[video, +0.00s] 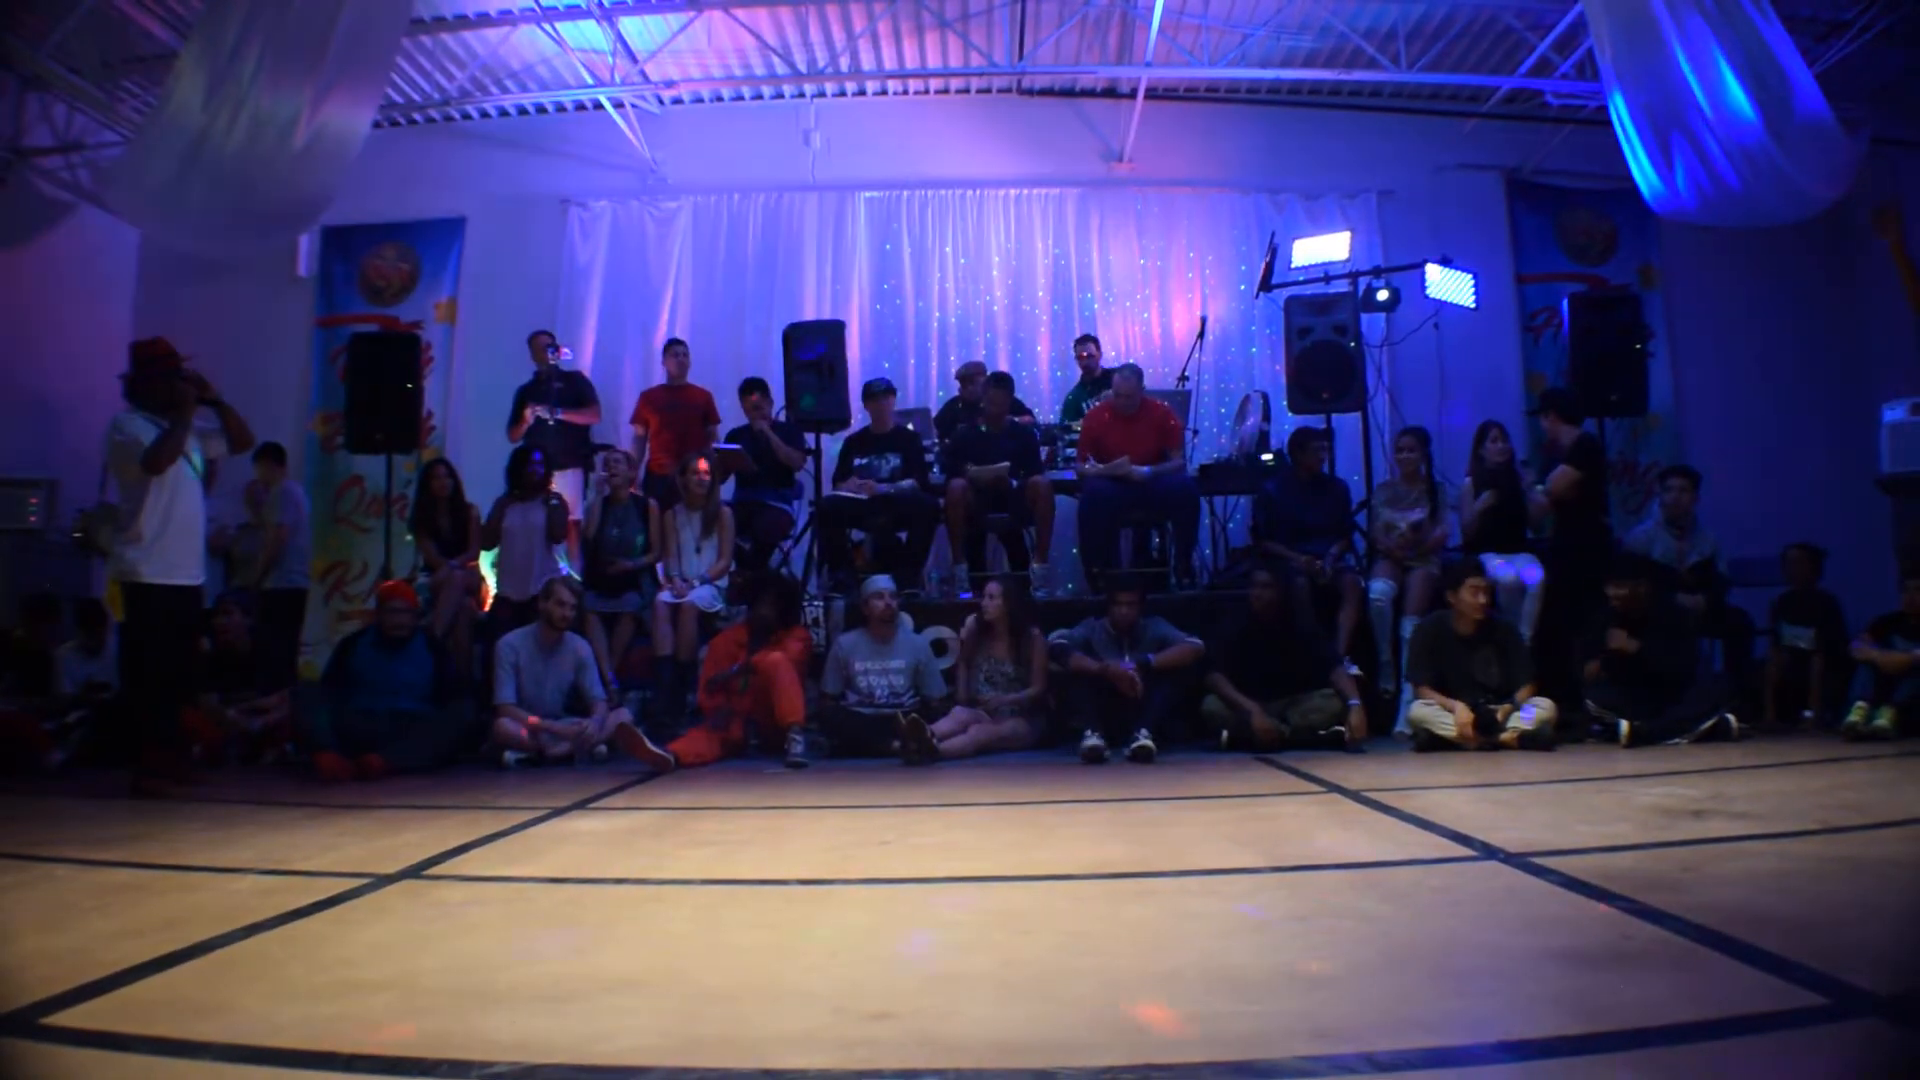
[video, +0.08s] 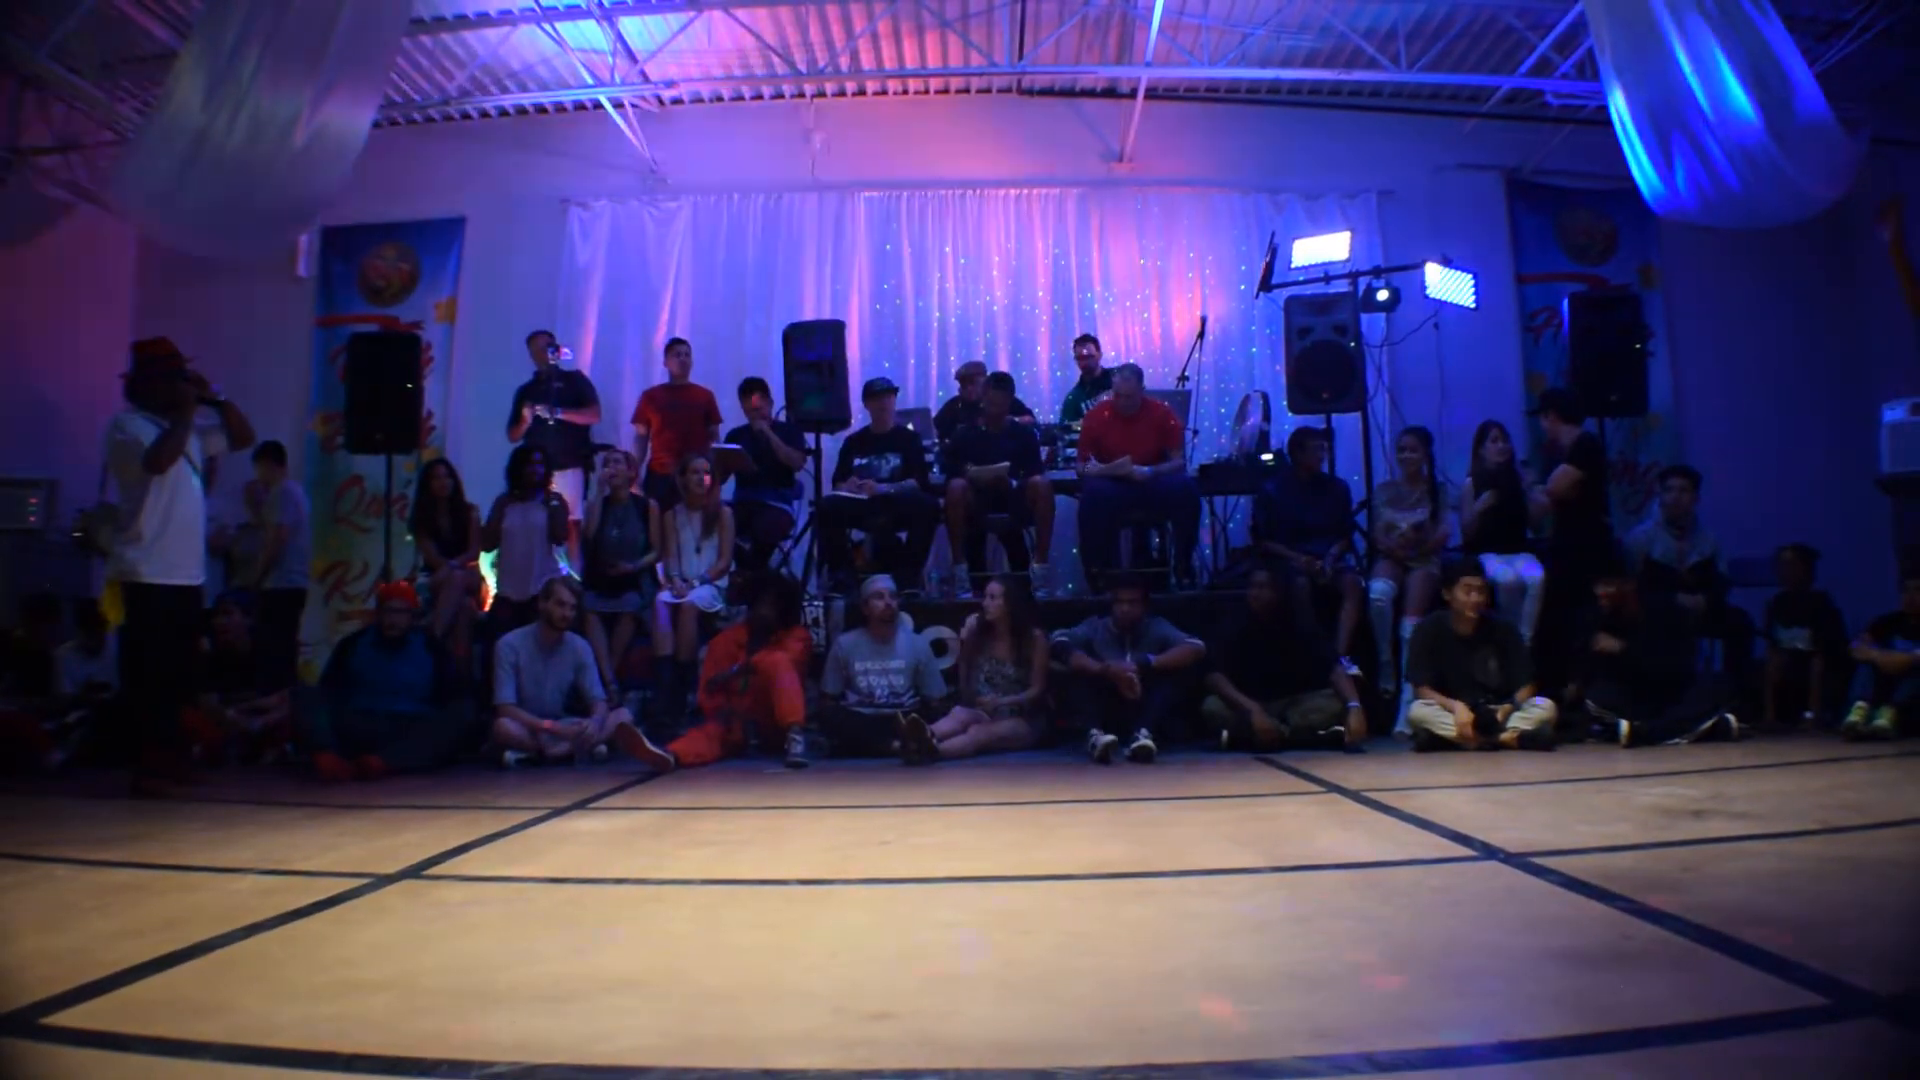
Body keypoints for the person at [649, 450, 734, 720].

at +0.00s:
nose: (702, 479)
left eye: (707, 474)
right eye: (696, 474)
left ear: (713, 480)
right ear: (683, 479)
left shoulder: (722, 514)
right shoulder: (672, 516)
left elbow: (725, 560)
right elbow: (669, 557)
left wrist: (698, 582)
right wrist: (674, 580)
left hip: (710, 581)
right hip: (678, 581)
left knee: (689, 605)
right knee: (661, 603)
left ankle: (683, 679)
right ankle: (664, 677)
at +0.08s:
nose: (702, 479)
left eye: (706, 474)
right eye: (695, 474)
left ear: (712, 480)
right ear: (683, 479)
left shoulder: (722, 514)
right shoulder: (672, 516)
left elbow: (725, 561)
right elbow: (668, 558)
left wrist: (698, 582)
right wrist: (674, 581)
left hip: (711, 581)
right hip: (679, 581)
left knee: (689, 605)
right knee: (661, 603)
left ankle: (684, 678)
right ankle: (664, 676)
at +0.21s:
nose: (702, 479)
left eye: (706, 473)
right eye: (695, 473)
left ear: (712, 479)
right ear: (683, 479)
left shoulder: (721, 514)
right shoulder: (671, 516)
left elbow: (724, 561)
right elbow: (668, 556)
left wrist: (698, 581)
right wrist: (674, 579)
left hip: (709, 581)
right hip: (678, 581)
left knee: (689, 606)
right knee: (661, 604)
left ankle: (683, 679)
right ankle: (663, 678)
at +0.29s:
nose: (701, 479)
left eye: (706, 474)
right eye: (694, 473)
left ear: (712, 479)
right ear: (682, 479)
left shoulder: (721, 514)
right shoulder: (672, 517)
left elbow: (724, 561)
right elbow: (668, 557)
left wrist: (697, 582)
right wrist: (673, 580)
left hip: (709, 581)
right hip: (678, 581)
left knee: (688, 607)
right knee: (660, 605)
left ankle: (683, 678)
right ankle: (662, 677)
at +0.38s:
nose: (700, 479)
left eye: (705, 473)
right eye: (694, 473)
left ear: (712, 479)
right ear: (683, 479)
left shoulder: (721, 513)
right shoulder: (671, 516)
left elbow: (724, 561)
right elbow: (669, 556)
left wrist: (697, 582)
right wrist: (673, 579)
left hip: (709, 581)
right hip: (678, 581)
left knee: (688, 607)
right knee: (660, 605)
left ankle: (682, 679)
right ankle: (663, 678)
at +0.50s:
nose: (700, 478)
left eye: (705, 473)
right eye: (694, 473)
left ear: (711, 479)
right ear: (682, 478)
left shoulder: (720, 513)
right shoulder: (671, 516)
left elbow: (723, 560)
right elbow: (668, 556)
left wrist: (697, 582)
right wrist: (673, 580)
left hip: (709, 581)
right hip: (678, 580)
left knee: (688, 606)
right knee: (659, 603)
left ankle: (682, 679)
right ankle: (662, 676)